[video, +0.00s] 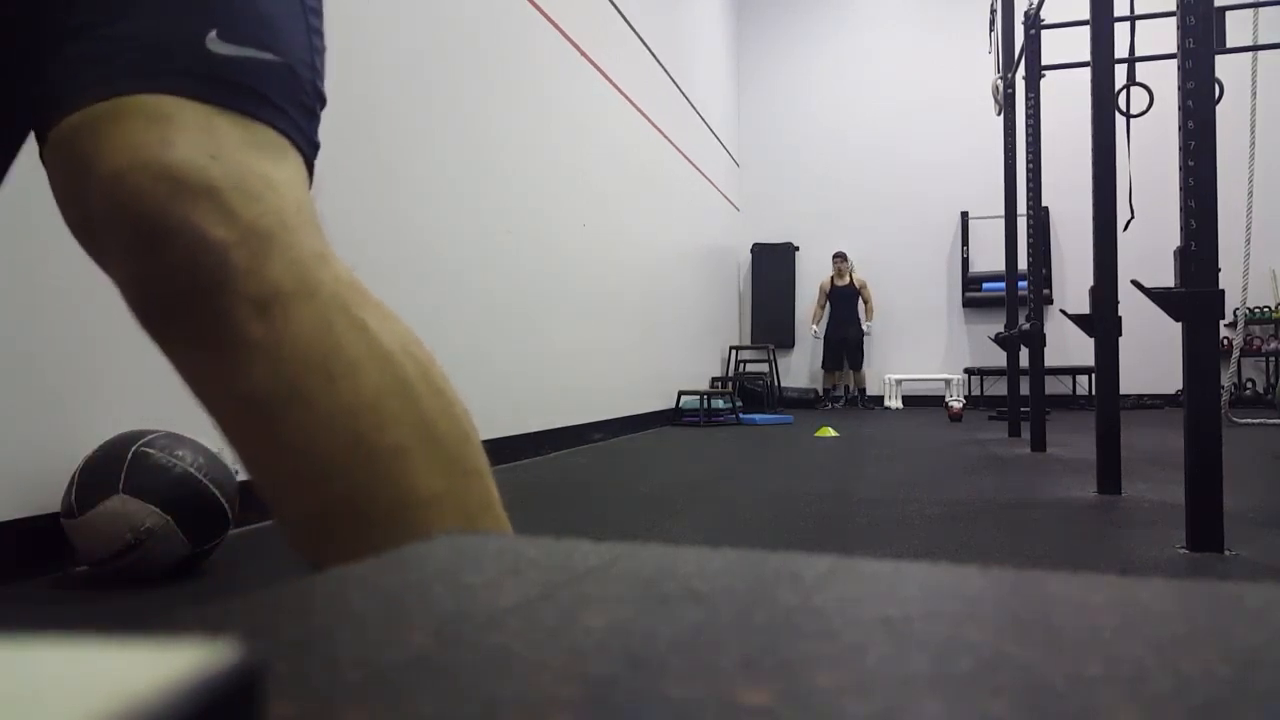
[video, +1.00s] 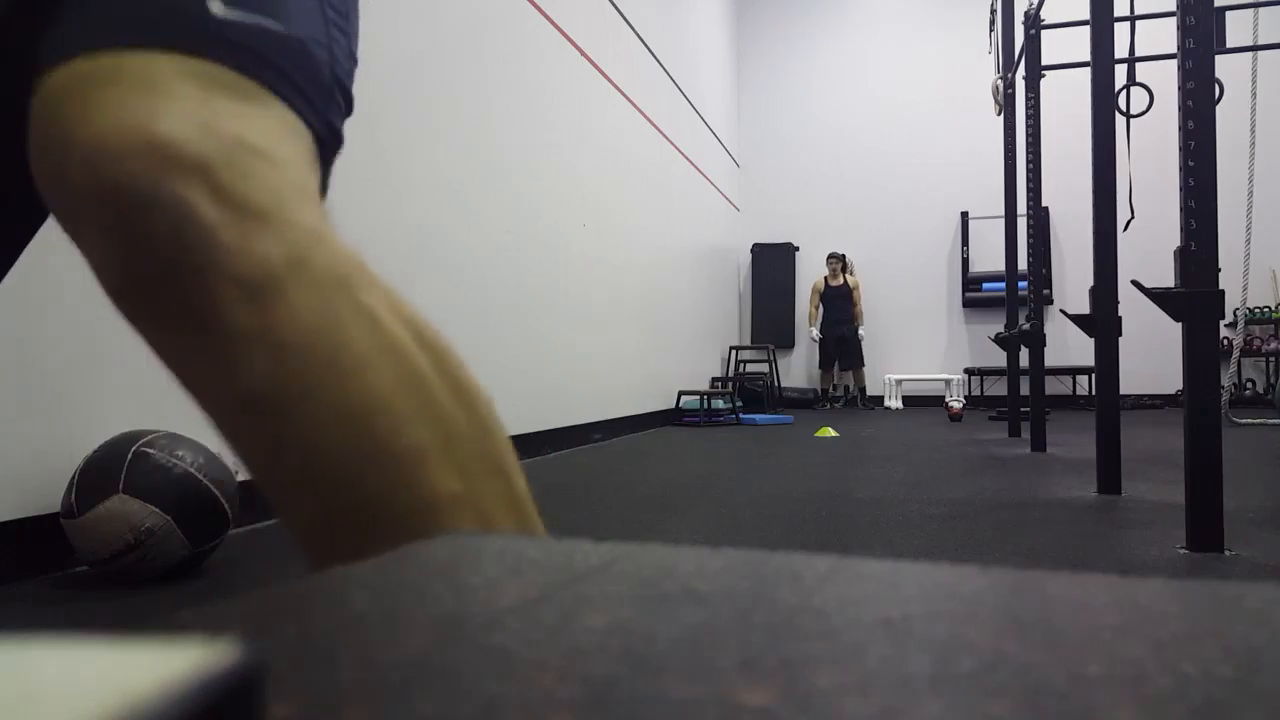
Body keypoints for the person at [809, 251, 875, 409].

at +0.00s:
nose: (838, 266)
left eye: (841, 262)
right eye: (836, 263)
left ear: (848, 264)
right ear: (832, 265)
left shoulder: (858, 282)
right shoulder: (826, 284)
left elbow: (867, 302)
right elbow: (820, 306)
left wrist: (868, 322)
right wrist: (814, 324)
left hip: (853, 328)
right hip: (833, 329)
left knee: (857, 367)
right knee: (829, 367)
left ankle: (862, 398)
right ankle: (826, 399)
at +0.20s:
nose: (845, 265)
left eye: (848, 262)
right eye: (843, 262)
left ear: (854, 263)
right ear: (840, 264)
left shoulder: (865, 282)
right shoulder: (833, 282)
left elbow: (869, 304)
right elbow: (829, 305)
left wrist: (872, 324)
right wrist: (822, 323)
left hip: (857, 330)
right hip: (836, 330)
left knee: (859, 368)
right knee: (830, 367)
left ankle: (862, 399)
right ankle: (827, 398)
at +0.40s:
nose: (848, 265)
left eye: (851, 262)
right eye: (845, 262)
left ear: (856, 263)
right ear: (841, 264)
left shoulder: (866, 280)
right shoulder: (834, 281)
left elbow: (873, 301)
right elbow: (829, 305)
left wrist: (871, 316)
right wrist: (822, 323)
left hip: (856, 329)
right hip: (836, 329)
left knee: (859, 367)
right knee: (828, 365)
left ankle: (862, 398)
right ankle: (825, 397)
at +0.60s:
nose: (842, 266)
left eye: (845, 263)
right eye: (840, 263)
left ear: (851, 264)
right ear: (836, 264)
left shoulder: (860, 282)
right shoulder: (828, 283)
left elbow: (867, 302)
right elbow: (822, 305)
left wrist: (871, 320)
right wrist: (816, 324)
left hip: (853, 329)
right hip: (833, 329)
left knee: (858, 367)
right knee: (829, 367)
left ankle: (862, 398)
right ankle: (825, 398)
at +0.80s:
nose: (835, 267)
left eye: (839, 264)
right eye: (832, 264)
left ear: (844, 265)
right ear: (829, 265)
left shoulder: (853, 283)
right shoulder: (821, 284)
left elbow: (859, 307)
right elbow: (815, 306)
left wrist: (863, 328)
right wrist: (813, 327)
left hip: (849, 331)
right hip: (828, 331)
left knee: (855, 367)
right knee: (827, 368)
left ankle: (862, 398)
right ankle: (825, 399)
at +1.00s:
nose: (833, 266)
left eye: (836, 263)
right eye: (830, 263)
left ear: (842, 264)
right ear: (826, 265)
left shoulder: (852, 282)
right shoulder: (819, 284)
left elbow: (857, 305)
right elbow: (814, 307)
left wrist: (860, 325)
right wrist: (812, 327)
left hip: (849, 329)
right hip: (828, 330)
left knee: (857, 366)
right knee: (826, 367)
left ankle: (863, 398)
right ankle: (824, 399)